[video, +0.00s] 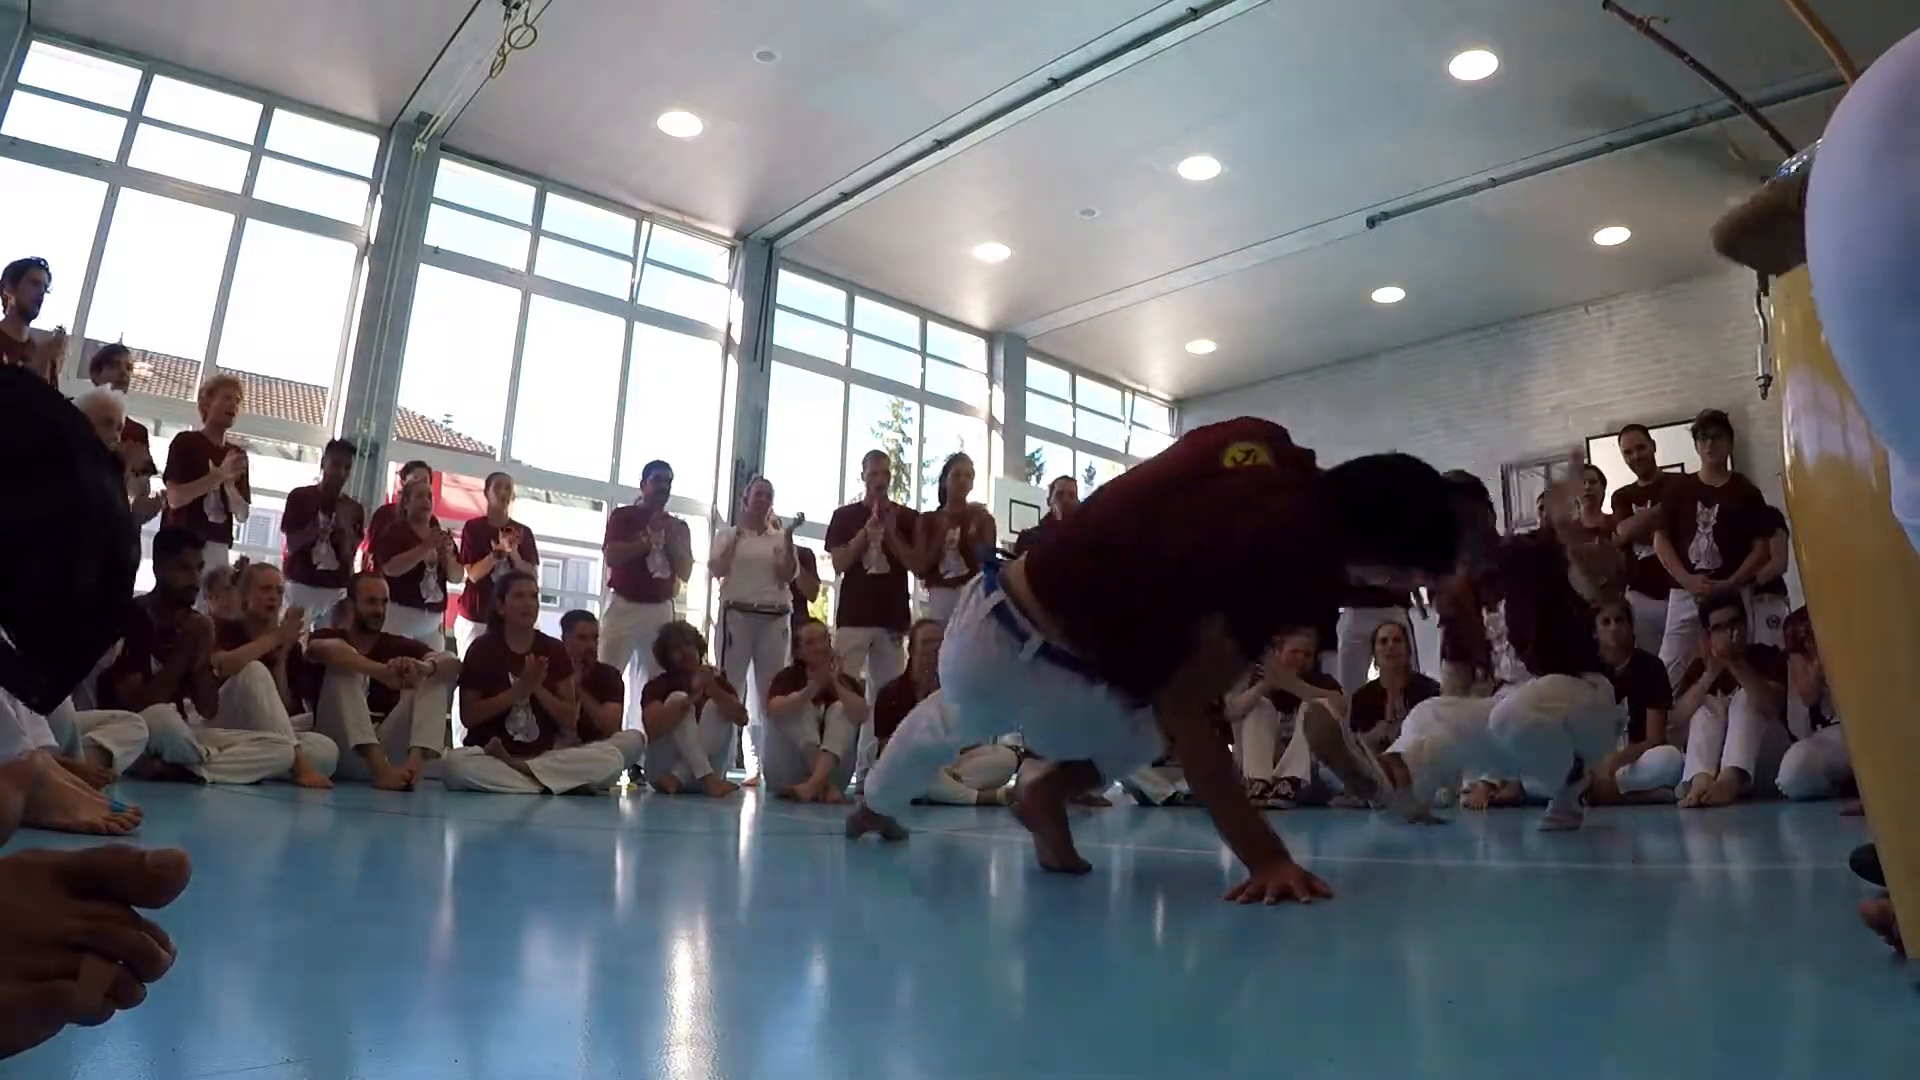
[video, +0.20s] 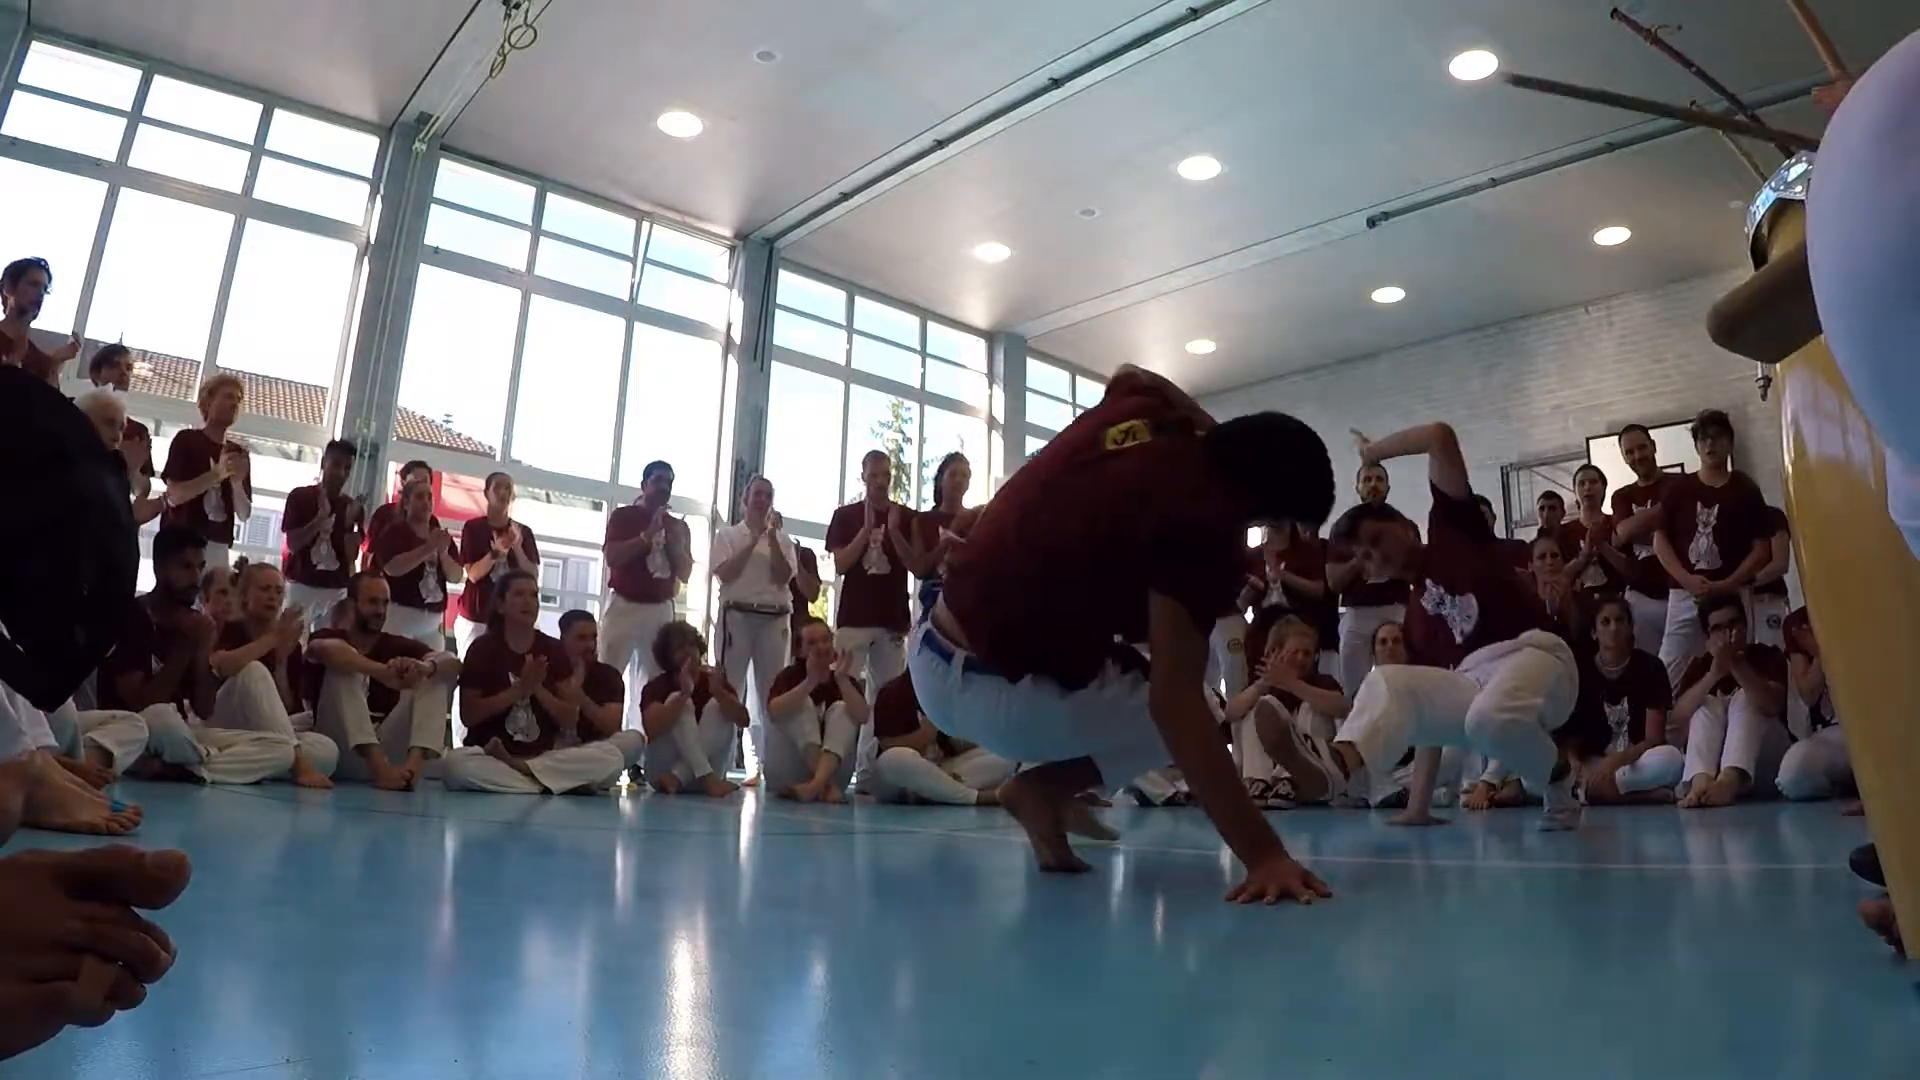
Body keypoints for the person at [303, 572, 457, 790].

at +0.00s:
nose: (379, 610)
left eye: (384, 602)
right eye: (371, 602)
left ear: (389, 603)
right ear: (352, 603)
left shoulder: (393, 643)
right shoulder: (329, 637)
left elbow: (454, 663)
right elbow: (316, 650)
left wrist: (427, 666)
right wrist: (382, 671)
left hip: (387, 751)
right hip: (338, 749)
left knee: (437, 674)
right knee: (342, 662)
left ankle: (415, 764)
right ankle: (378, 764)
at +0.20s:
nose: (381, 610)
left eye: (385, 603)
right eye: (373, 602)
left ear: (390, 604)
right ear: (353, 603)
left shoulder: (393, 643)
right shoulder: (329, 637)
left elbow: (454, 662)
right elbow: (318, 650)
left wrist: (427, 666)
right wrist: (383, 672)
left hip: (388, 752)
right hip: (338, 750)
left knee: (437, 674)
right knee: (342, 662)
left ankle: (414, 764)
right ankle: (378, 765)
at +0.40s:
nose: (381, 610)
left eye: (385, 603)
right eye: (372, 602)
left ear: (390, 604)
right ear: (353, 603)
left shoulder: (393, 643)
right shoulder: (328, 637)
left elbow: (454, 663)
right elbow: (321, 650)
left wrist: (427, 666)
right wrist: (383, 672)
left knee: (438, 674)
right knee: (342, 662)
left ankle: (414, 764)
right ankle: (378, 765)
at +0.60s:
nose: (381, 610)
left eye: (385, 603)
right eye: (372, 602)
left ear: (390, 604)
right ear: (353, 603)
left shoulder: (392, 643)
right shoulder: (329, 637)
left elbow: (454, 662)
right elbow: (321, 650)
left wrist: (427, 666)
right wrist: (383, 672)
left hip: (387, 752)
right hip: (338, 751)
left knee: (438, 674)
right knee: (342, 663)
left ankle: (414, 765)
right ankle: (379, 766)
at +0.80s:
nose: (381, 610)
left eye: (385, 603)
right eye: (373, 602)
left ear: (390, 604)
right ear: (353, 603)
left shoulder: (393, 643)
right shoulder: (329, 638)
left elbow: (453, 663)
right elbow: (318, 649)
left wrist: (427, 666)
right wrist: (382, 672)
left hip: (387, 751)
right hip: (338, 751)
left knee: (437, 675)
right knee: (342, 662)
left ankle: (414, 764)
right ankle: (378, 765)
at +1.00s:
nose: (381, 610)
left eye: (385, 603)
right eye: (373, 603)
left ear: (390, 604)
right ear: (353, 603)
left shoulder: (393, 643)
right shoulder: (329, 637)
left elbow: (454, 663)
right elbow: (318, 649)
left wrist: (427, 667)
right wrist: (382, 672)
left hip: (387, 751)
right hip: (337, 750)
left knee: (438, 673)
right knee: (342, 663)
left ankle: (414, 765)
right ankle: (378, 766)